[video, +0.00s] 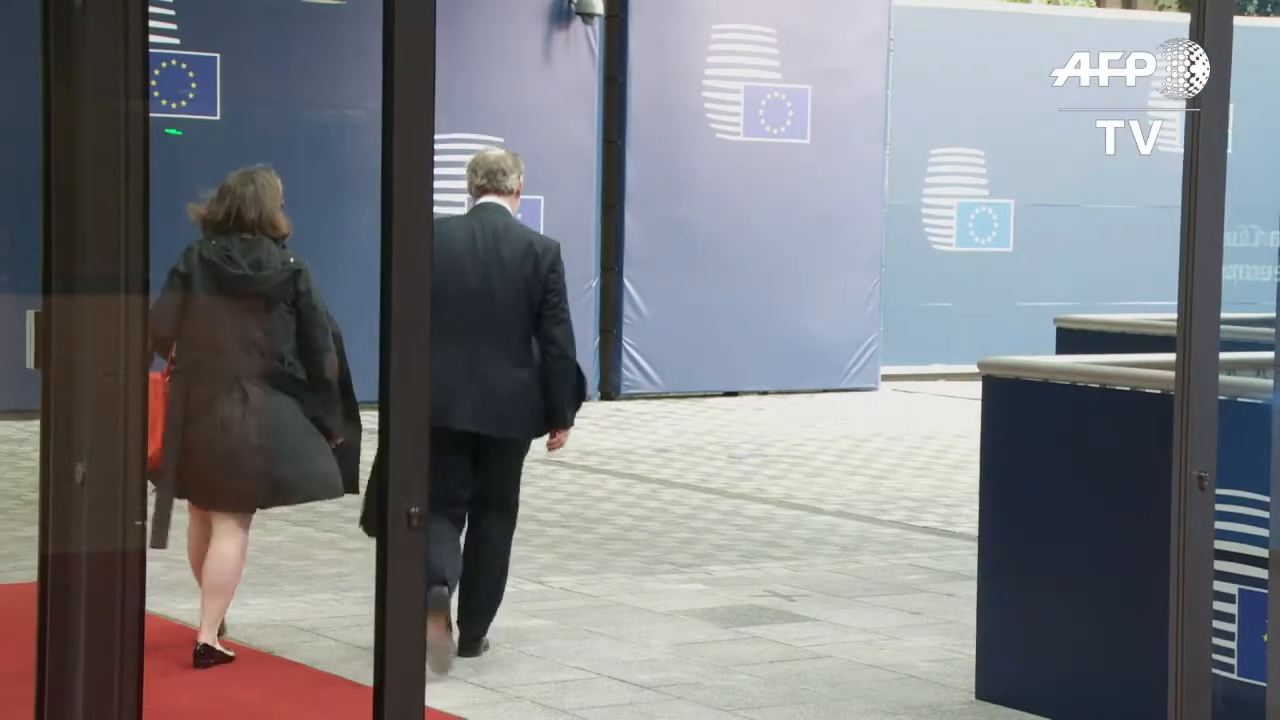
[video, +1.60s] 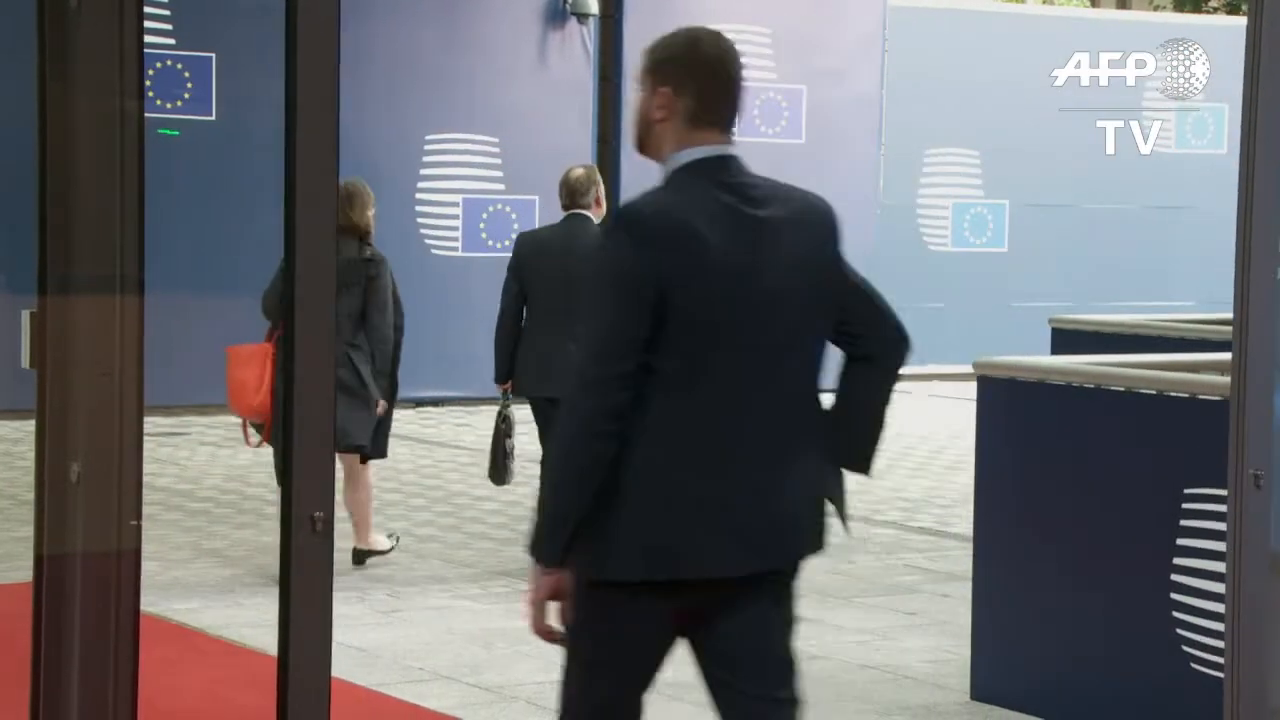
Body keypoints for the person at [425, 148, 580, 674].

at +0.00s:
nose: (518, 198)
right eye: (520, 192)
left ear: (471, 190)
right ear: (517, 193)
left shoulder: (432, 236)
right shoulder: (540, 250)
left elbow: (405, 315)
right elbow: (556, 337)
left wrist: (401, 395)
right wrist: (561, 411)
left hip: (438, 404)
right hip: (508, 408)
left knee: (441, 507)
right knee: (493, 518)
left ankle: (437, 590)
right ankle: (472, 633)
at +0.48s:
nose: (533, 204)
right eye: (533, 199)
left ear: (486, 200)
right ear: (529, 200)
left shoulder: (449, 246)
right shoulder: (553, 253)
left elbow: (429, 323)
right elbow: (576, 331)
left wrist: (424, 391)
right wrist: (576, 392)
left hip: (463, 397)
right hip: (524, 400)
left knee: (477, 492)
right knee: (508, 499)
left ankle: (487, 590)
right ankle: (482, 596)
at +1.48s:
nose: (605, 200)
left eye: (602, 193)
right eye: (604, 193)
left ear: (558, 197)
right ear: (596, 195)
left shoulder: (525, 237)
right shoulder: (613, 247)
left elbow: (502, 307)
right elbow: (639, 315)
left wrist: (493, 362)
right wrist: (649, 370)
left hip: (530, 375)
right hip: (586, 378)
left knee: (543, 455)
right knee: (572, 467)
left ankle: (542, 538)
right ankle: (553, 568)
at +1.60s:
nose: (606, 201)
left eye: (604, 195)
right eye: (605, 195)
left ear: (562, 200)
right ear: (599, 199)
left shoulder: (529, 243)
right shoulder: (611, 246)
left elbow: (510, 313)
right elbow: (621, 317)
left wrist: (503, 370)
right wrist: (620, 370)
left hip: (540, 377)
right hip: (592, 377)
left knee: (554, 461)